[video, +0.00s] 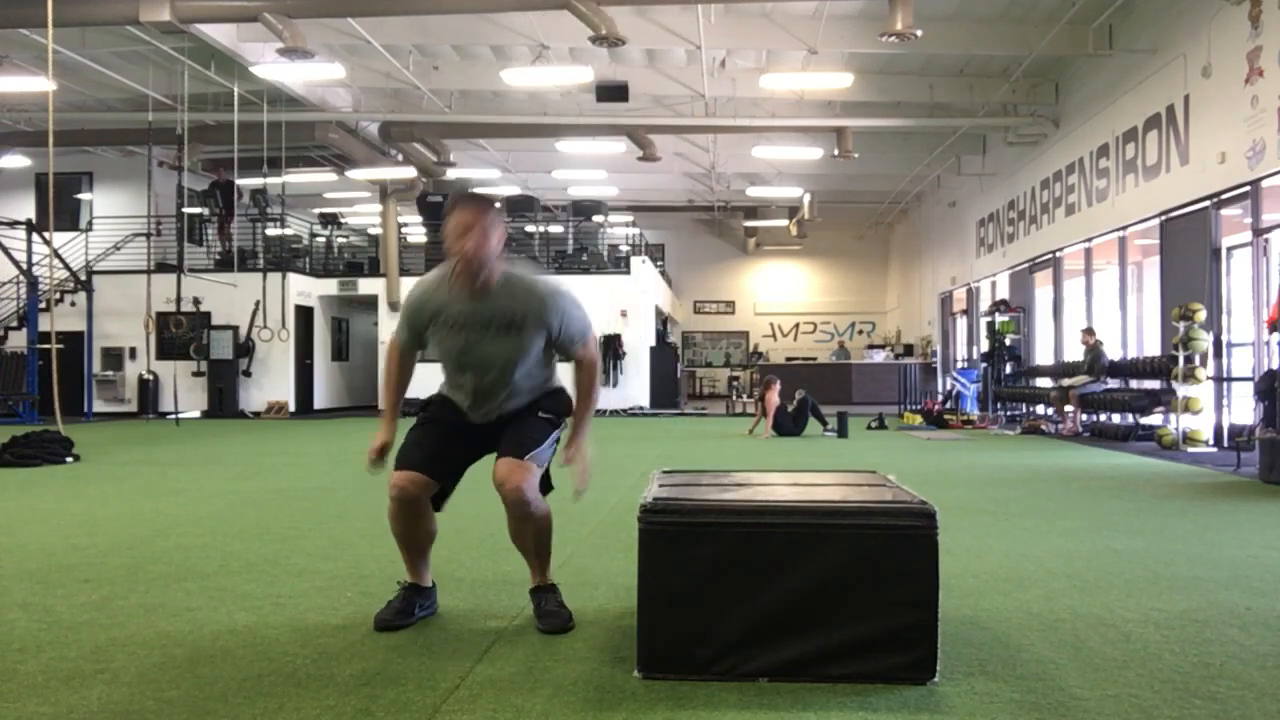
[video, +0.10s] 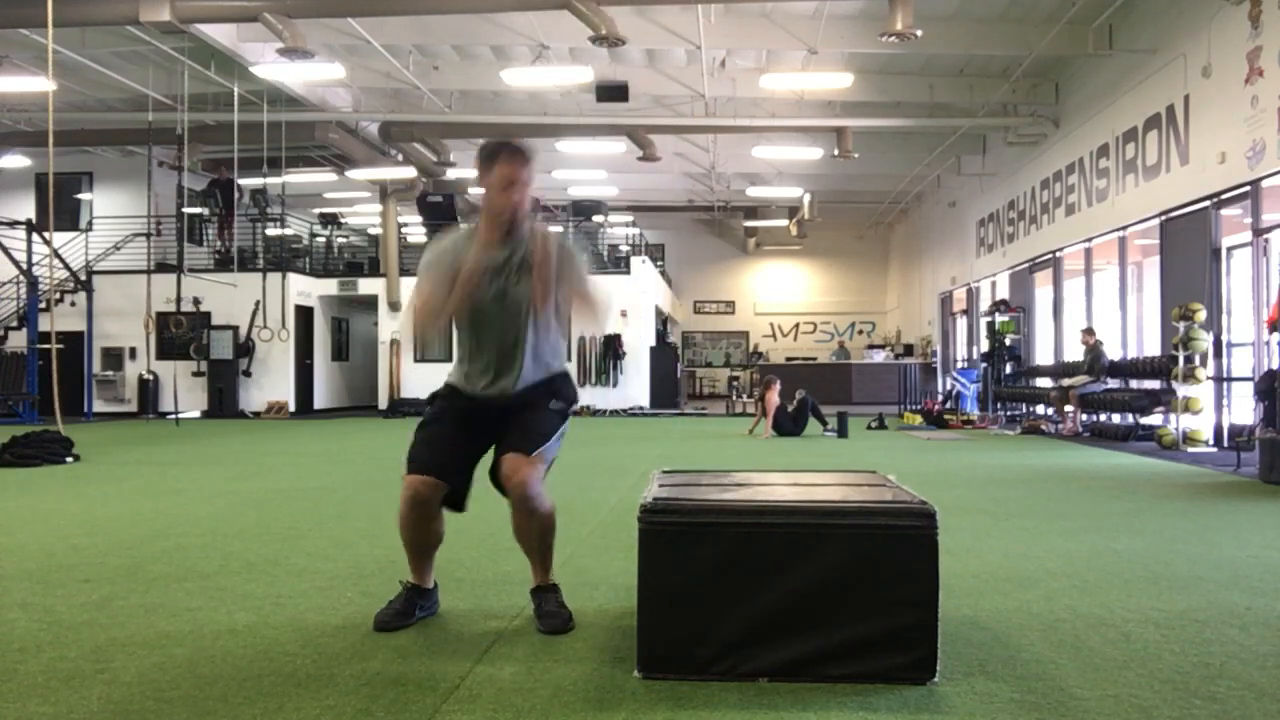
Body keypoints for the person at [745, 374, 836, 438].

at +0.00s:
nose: (779, 387)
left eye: (779, 384)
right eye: (778, 385)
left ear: (767, 385)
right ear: (773, 385)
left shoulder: (764, 396)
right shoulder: (772, 396)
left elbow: (759, 415)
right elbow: (770, 415)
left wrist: (751, 429)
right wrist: (767, 433)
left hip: (784, 430)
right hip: (793, 431)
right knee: (807, 399)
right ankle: (826, 426)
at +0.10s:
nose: (779, 387)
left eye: (779, 385)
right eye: (778, 385)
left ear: (767, 385)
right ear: (773, 385)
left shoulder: (764, 396)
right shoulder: (772, 396)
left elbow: (759, 415)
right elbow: (770, 416)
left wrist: (751, 430)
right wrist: (767, 433)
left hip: (785, 430)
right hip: (793, 431)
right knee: (807, 399)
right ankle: (826, 426)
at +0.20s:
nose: (779, 387)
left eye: (779, 384)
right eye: (778, 384)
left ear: (767, 385)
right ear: (773, 385)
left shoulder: (764, 396)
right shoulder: (772, 396)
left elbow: (759, 416)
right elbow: (770, 416)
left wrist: (751, 430)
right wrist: (767, 433)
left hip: (785, 430)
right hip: (793, 431)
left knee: (805, 399)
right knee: (807, 400)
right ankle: (826, 426)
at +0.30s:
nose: (779, 387)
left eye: (779, 384)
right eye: (778, 385)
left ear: (767, 385)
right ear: (773, 385)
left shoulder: (764, 396)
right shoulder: (772, 396)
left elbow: (759, 416)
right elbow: (770, 416)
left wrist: (751, 430)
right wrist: (767, 433)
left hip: (785, 430)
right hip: (793, 430)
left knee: (806, 399)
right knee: (807, 400)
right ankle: (826, 426)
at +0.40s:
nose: (779, 387)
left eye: (779, 384)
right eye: (778, 384)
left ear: (767, 385)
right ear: (773, 385)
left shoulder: (764, 396)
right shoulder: (772, 396)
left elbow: (759, 416)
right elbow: (770, 416)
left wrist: (751, 429)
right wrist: (767, 433)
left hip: (785, 430)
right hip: (793, 431)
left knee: (807, 402)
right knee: (807, 401)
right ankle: (826, 426)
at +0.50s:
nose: (779, 387)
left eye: (779, 384)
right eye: (778, 384)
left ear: (767, 385)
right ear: (773, 385)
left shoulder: (764, 396)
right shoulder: (772, 396)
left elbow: (759, 415)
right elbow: (770, 415)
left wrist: (751, 429)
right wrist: (767, 433)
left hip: (785, 430)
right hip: (793, 431)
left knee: (807, 402)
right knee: (807, 401)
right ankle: (826, 426)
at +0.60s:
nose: (779, 387)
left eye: (779, 384)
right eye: (778, 384)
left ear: (768, 386)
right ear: (772, 385)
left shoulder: (764, 396)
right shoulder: (772, 396)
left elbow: (759, 416)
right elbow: (770, 415)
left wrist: (751, 430)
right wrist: (767, 433)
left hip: (784, 430)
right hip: (793, 431)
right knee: (807, 401)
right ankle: (826, 426)